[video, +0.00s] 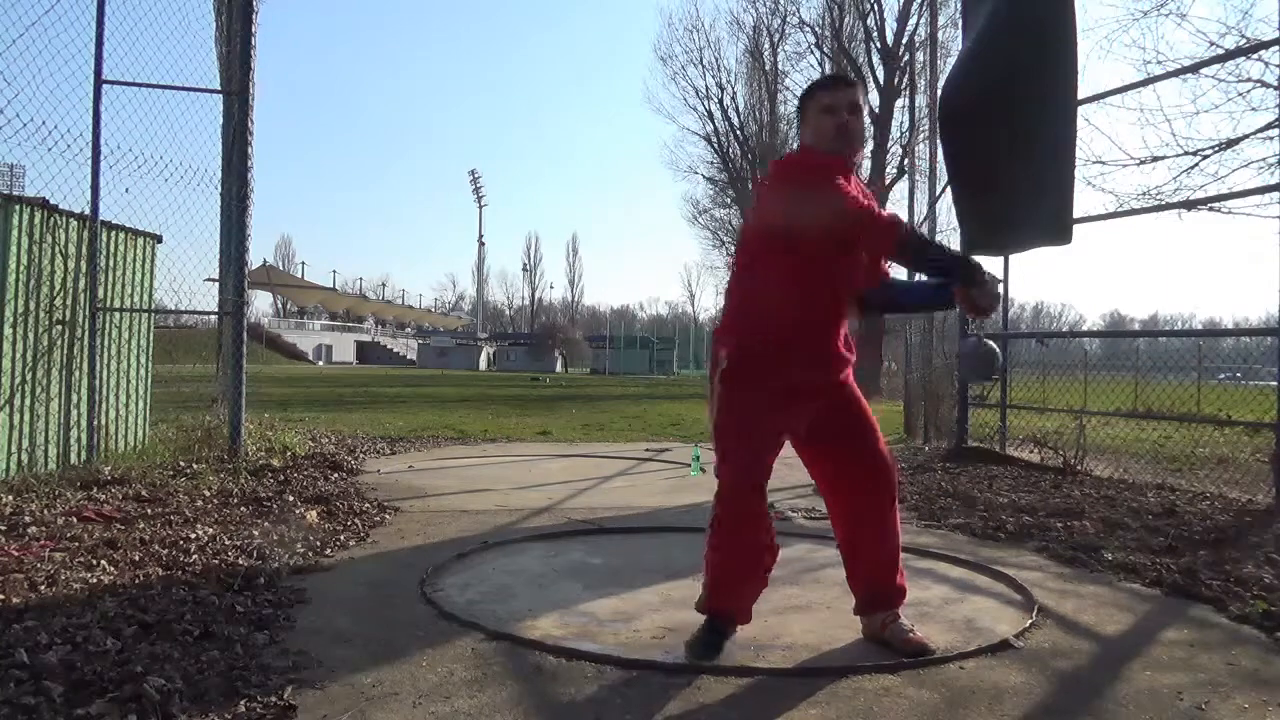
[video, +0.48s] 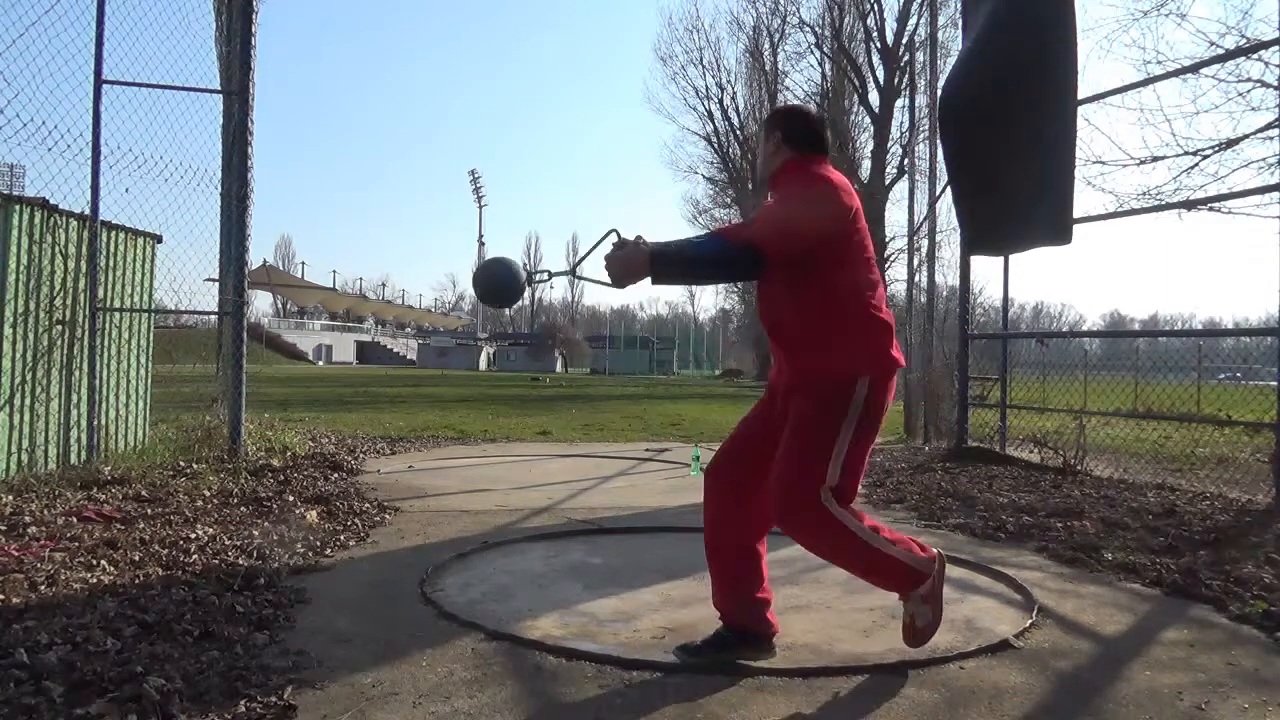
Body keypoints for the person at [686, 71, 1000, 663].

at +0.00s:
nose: (844, 120)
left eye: (854, 111)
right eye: (829, 110)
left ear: (865, 125)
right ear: (803, 124)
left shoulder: (855, 203)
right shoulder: (793, 179)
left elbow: (871, 295)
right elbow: (889, 235)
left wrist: (953, 294)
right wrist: (967, 271)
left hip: (824, 371)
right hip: (753, 368)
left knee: (871, 476)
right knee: (740, 489)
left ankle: (881, 614)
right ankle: (720, 612)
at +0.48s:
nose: (756, 157)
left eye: (760, 145)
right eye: (758, 147)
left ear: (779, 143)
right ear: (805, 145)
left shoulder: (819, 191)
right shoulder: (788, 200)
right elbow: (730, 244)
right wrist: (652, 254)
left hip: (848, 371)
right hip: (799, 373)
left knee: (803, 501)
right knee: (730, 481)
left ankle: (920, 571)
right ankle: (747, 626)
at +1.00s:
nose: (853, 152)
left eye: (851, 140)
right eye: (847, 140)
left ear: (805, 142)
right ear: (826, 139)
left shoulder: (772, 192)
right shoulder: (827, 190)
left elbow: (790, 287)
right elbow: (868, 254)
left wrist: (861, 300)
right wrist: (871, 212)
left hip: (787, 366)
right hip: (746, 366)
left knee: (849, 483)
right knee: (789, 511)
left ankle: (863, 603)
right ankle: (688, 590)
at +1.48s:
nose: (799, 170)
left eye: (803, 160)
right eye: (801, 161)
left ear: (817, 158)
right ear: (850, 158)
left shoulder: (843, 197)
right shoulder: (830, 201)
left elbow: (754, 233)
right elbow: (753, 237)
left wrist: (680, 219)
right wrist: (683, 218)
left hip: (848, 354)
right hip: (824, 352)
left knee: (780, 466)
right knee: (759, 463)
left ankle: (862, 553)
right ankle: (722, 598)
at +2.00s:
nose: (743, 195)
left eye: (752, 186)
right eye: (733, 187)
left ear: (768, 193)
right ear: (723, 196)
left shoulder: (790, 249)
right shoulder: (712, 248)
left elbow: (814, 308)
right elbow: (766, 305)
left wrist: (838, 351)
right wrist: (829, 351)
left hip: (775, 378)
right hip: (715, 383)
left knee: (833, 458)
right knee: (715, 473)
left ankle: (829, 566)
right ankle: (714, 569)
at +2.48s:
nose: (772, 196)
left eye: (769, 191)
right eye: (772, 190)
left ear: (730, 186)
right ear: (768, 188)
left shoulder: (701, 222)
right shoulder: (775, 219)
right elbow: (786, 241)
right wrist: (770, 206)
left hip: (687, 357)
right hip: (723, 358)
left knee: (734, 444)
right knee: (749, 472)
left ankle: (731, 531)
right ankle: (671, 543)